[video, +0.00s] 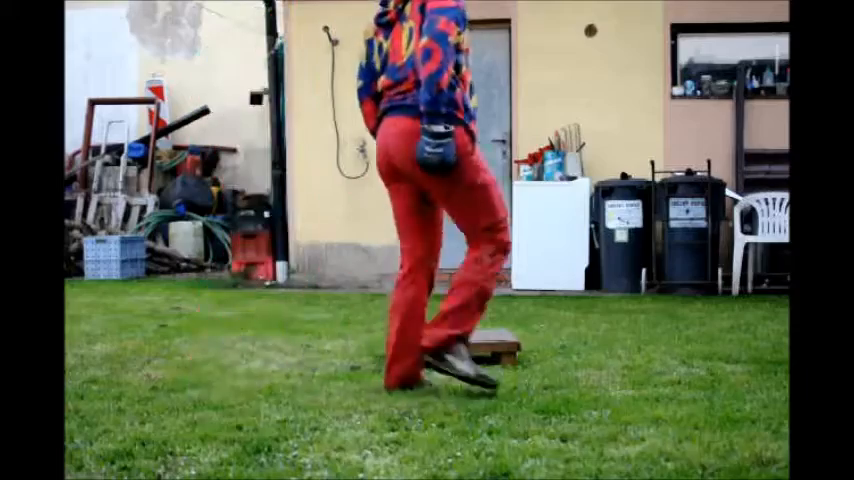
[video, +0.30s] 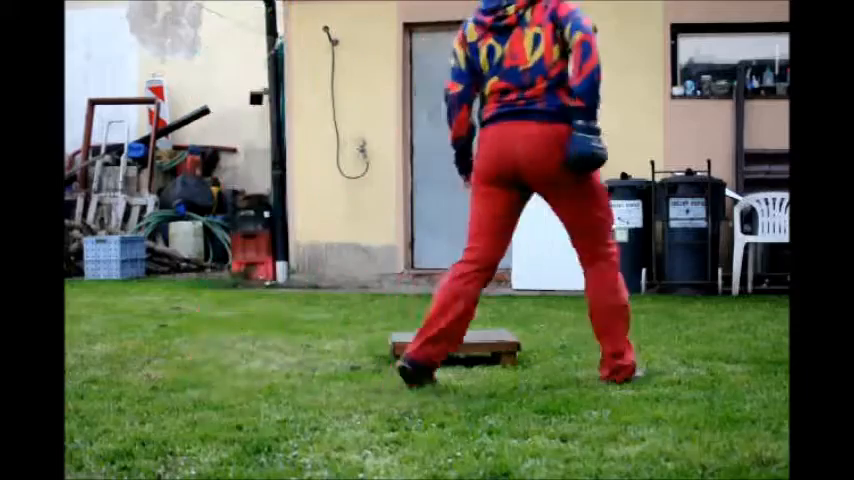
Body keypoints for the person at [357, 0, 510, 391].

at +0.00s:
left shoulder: (386, 17)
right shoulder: (446, 5)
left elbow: (366, 81)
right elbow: (434, 51)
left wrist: (383, 133)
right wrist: (437, 126)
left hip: (391, 130)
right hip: (431, 127)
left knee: (416, 262)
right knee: (491, 238)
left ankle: (402, 373)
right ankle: (448, 338)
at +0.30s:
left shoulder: (474, 25)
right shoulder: (562, 11)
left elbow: (457, 93)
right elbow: (583, 42)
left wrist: (461, 150)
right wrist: (586, 122)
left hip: (495, 137)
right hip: (553, 134)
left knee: (476, 260)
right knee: (598, 255)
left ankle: (420, 359)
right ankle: (618, 365)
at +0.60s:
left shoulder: (545, 12)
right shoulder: (625, 5)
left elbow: (550, 76)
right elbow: (674, 28)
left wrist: (537, 146)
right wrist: (675, 100)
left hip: (580, 127)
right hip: (637, 124)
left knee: (586, 240)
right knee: (631, 242)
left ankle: (616, 344)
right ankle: (625, 354)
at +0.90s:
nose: (558, 11)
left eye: (559, 3)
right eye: (557, 5)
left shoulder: (581, 30)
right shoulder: (649, 11)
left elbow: (596, 93)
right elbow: (698, 36)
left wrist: (579, 153)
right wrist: (678, 88)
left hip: (623, 139)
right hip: (674, 134)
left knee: (636, 255)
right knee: (675, 245)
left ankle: (656, 353)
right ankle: (689, 325)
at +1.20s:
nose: (582, 19)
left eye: (582, 8)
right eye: (579, 11)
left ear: (603, 1)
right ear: (616, 3)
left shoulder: (616, 29)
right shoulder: (665, 24)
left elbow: (631, 89)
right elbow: (702, 75)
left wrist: (616, 125)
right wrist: (686, 118)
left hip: (660, 134)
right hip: (704, 132)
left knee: (649, 250)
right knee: (701, 245)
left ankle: (663, 353)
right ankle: (730, 343)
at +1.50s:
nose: (585, 115)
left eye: (584, 105)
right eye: (581, 109)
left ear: (601, 92)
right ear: (602, 96)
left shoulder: (629, 87)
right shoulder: (631, 130)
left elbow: (674, 117)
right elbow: (637, 194)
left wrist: (661, 173)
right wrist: (624, 266)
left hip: (718, 144)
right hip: (745, 148)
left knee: (664, 245)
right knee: (705, 253)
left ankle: (662, 354)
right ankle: (735, 347)